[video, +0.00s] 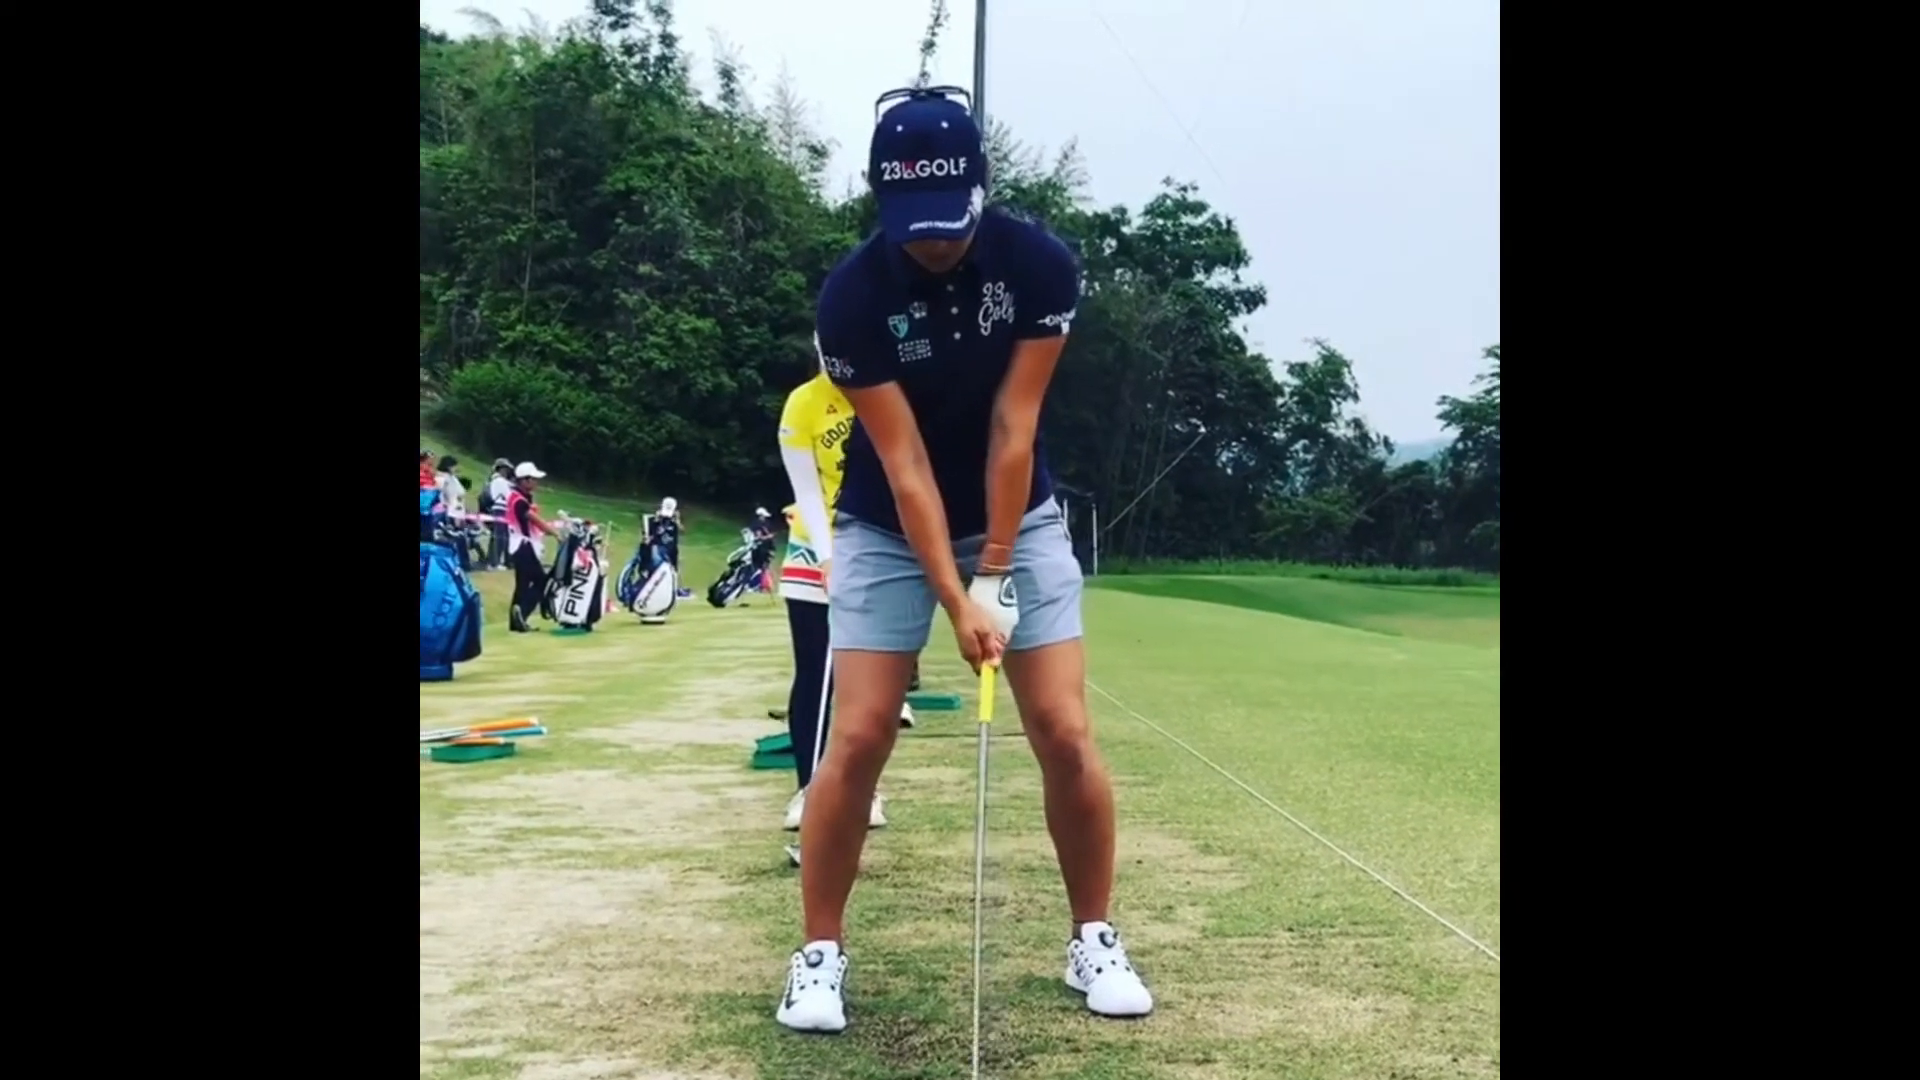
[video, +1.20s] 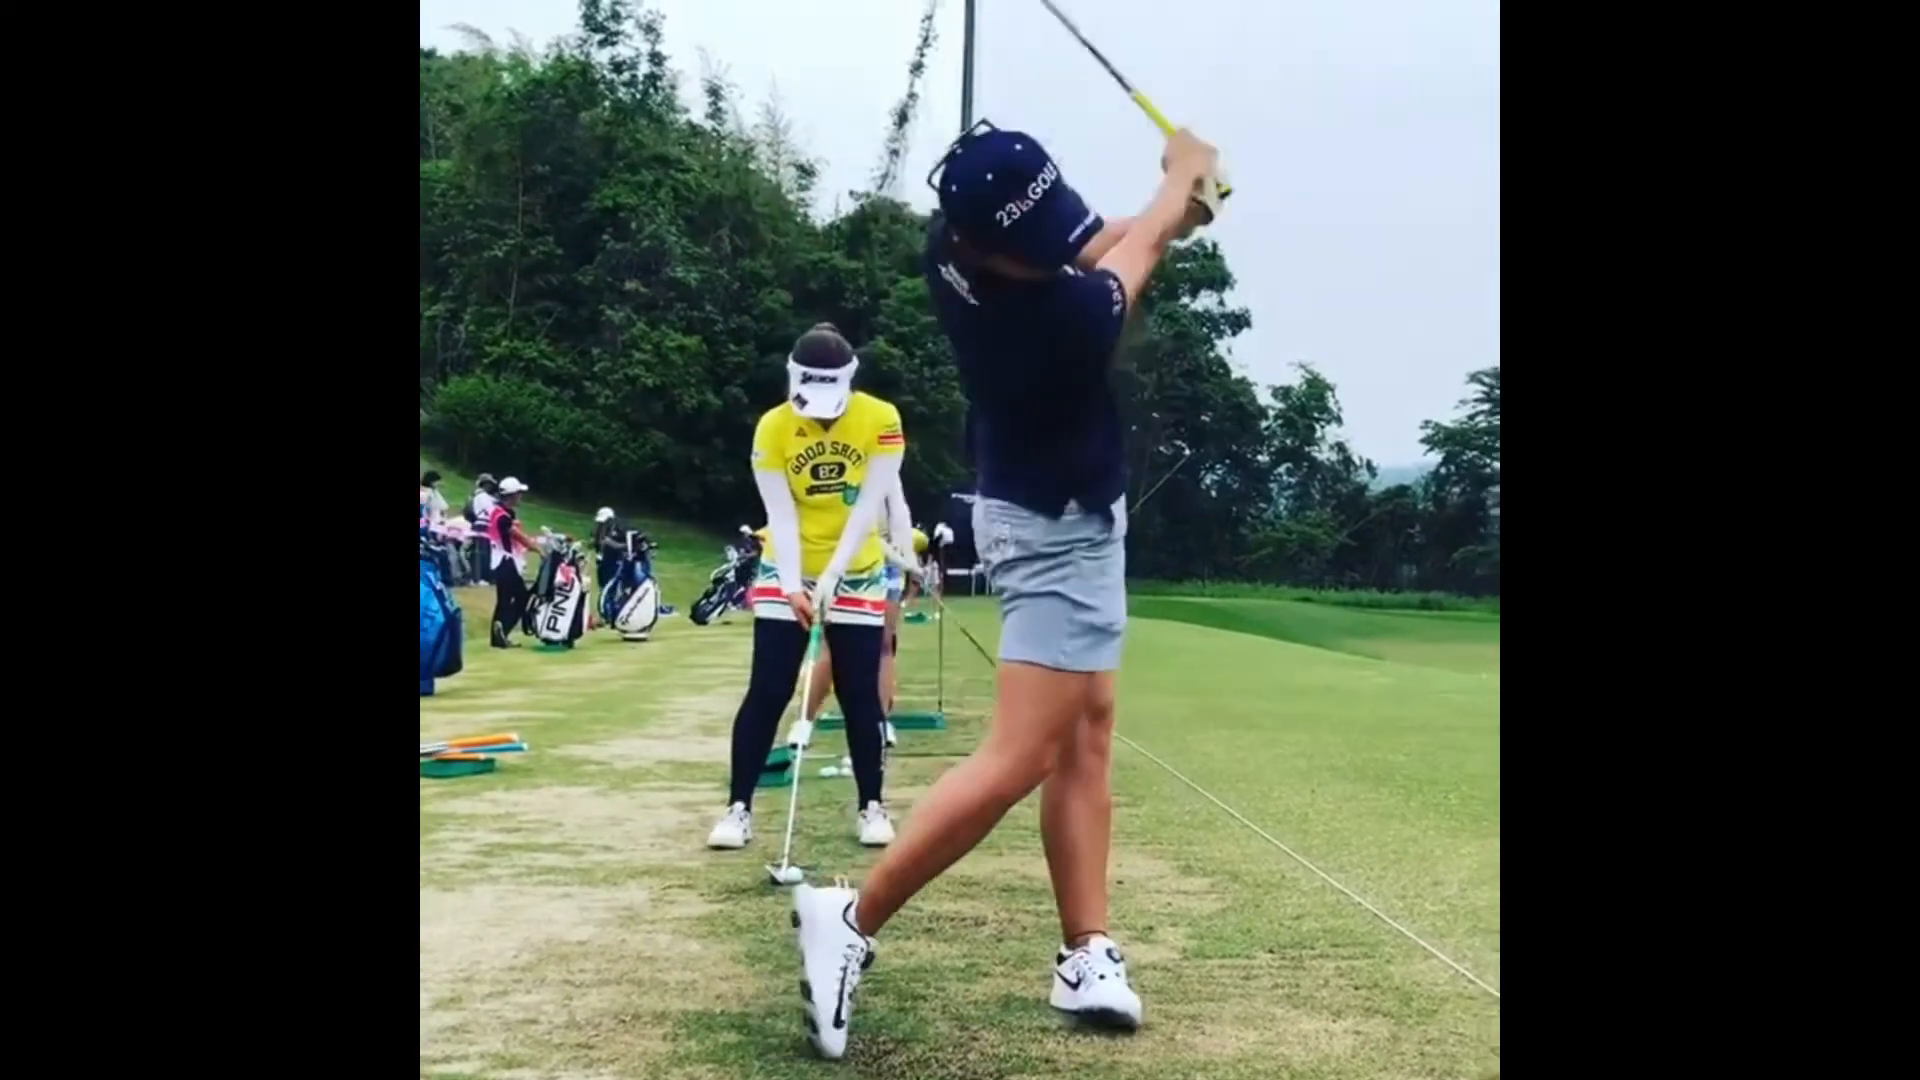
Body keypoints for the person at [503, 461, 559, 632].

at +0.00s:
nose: (536, 484)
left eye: (536, 480)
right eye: (533, 480)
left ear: (525, 482)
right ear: (524, 481)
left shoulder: (517, 497)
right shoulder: (519, 501)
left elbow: (534, 518)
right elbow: (536, 521)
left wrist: (552, 527)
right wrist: (555, 532)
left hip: (518, 542)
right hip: (523, 544)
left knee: (522, 582)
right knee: (540, 579)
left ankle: (516, 620)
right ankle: (522, 611)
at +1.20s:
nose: (520, 498)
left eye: (519, 494)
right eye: (517, 495)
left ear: (505, 496)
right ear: (510, 496)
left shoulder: (500, 513)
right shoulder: (503, 518)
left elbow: (518, 535)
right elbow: (519, 538)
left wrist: (535, 544)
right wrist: (538, 549)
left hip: (501, 558)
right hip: (504, 560)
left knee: (504, 598)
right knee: (522, 595)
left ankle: (497, 636)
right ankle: (503, 627)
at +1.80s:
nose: (498, 503)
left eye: (498, 499)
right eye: (496, 500)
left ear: (483, 500)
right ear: (489, 501)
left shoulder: (477, 517)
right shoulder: (481, 522)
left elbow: (495, 540)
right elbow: (497, 543)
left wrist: (513, 549)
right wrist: (516, 554)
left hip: (477, 562)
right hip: (482, 564)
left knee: (481, 603)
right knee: (499, 600)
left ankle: (474, 642)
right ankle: (480, 633)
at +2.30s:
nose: (495, 508)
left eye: (495, 505)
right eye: (493, 505)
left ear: (479, 506)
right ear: (486, 507)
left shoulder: (472, 523)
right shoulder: (479, 527)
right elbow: (495, 549)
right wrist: (515, 564)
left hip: (475, 568)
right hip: (483, 571)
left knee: (479, 608)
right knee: (497, 606)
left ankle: (472, 644)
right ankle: (478, 638)